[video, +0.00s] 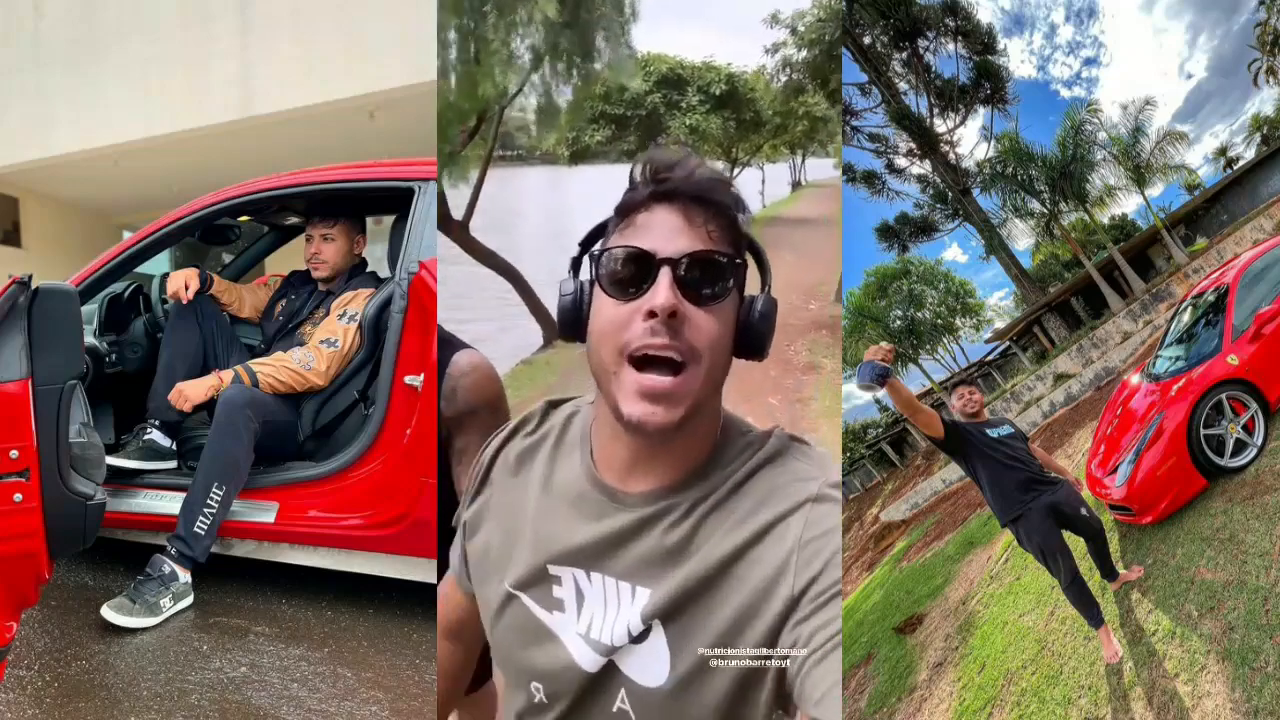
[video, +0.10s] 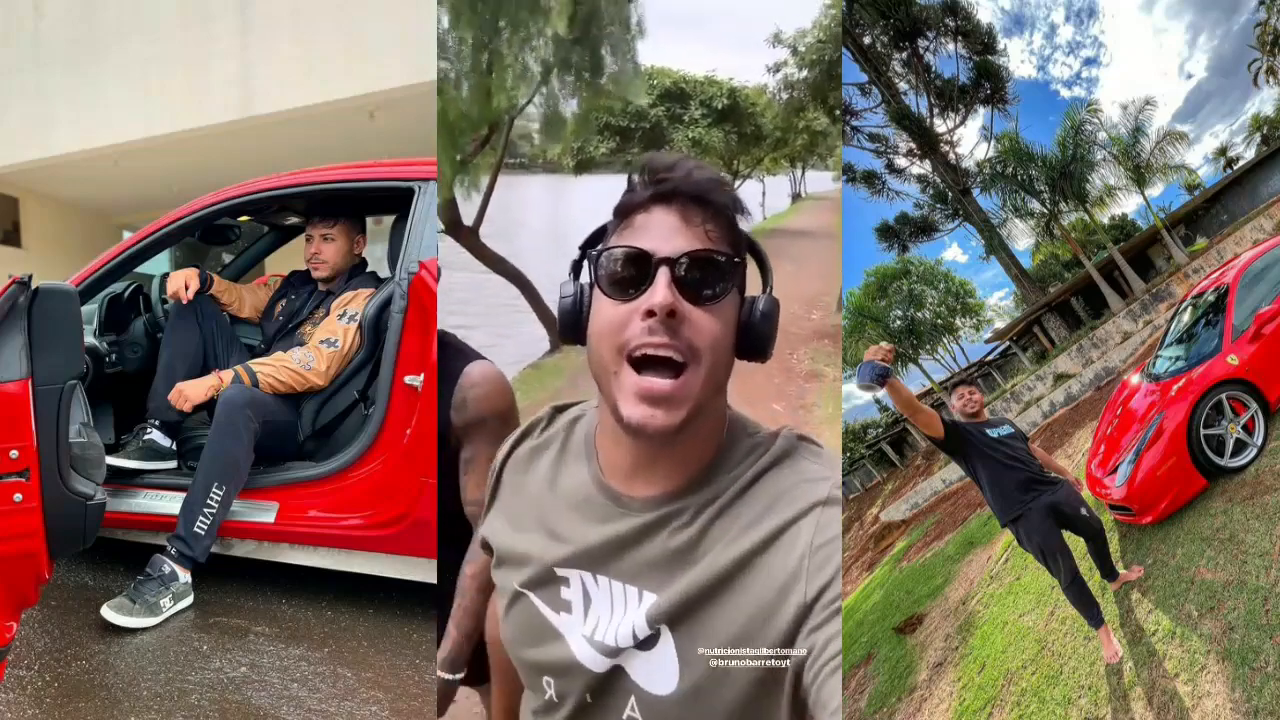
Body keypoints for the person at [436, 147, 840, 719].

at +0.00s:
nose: (663, 301)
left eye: (704, 278)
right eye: (630, 272)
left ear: (747, 323)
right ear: (582, 305)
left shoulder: (807, 517)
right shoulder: (518, 456)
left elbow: (833, 703)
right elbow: (460, 608)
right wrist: (437, 706)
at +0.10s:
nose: (660, 301)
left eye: (702, 278)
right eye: (628, 274)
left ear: (748, 324)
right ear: (584, 310)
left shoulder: (817, 521)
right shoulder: (526, 464)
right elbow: (509, 604)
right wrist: (503, 712)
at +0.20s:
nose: (684, 319)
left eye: (723, 293)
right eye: (651, 291)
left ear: (772, 332)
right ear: (609, 322)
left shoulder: (836, 509)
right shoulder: (566, 462)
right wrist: (545, 704)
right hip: (584, 710)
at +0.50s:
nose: (740, 319)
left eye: (780, 292)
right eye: (706, 292)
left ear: (827, 327)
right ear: (665, 323)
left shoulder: (867, 511)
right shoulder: (630, 454)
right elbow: (597, 599)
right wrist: (581, 711)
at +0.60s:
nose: (759, 312)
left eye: (802, 285)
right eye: (725, 284)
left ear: (846, 323)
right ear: (681, 315)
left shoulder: (876, 521)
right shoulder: (639, 448)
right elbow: (587, 607)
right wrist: (555, 713)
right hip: (615, 709)